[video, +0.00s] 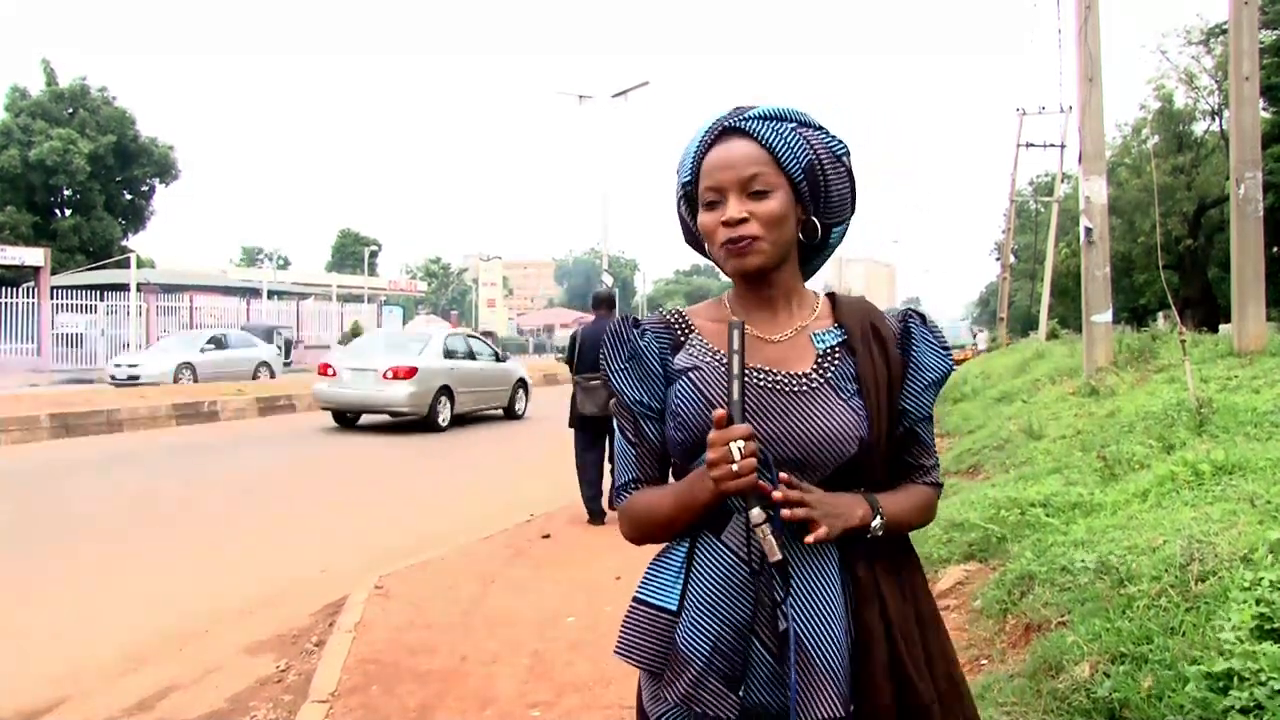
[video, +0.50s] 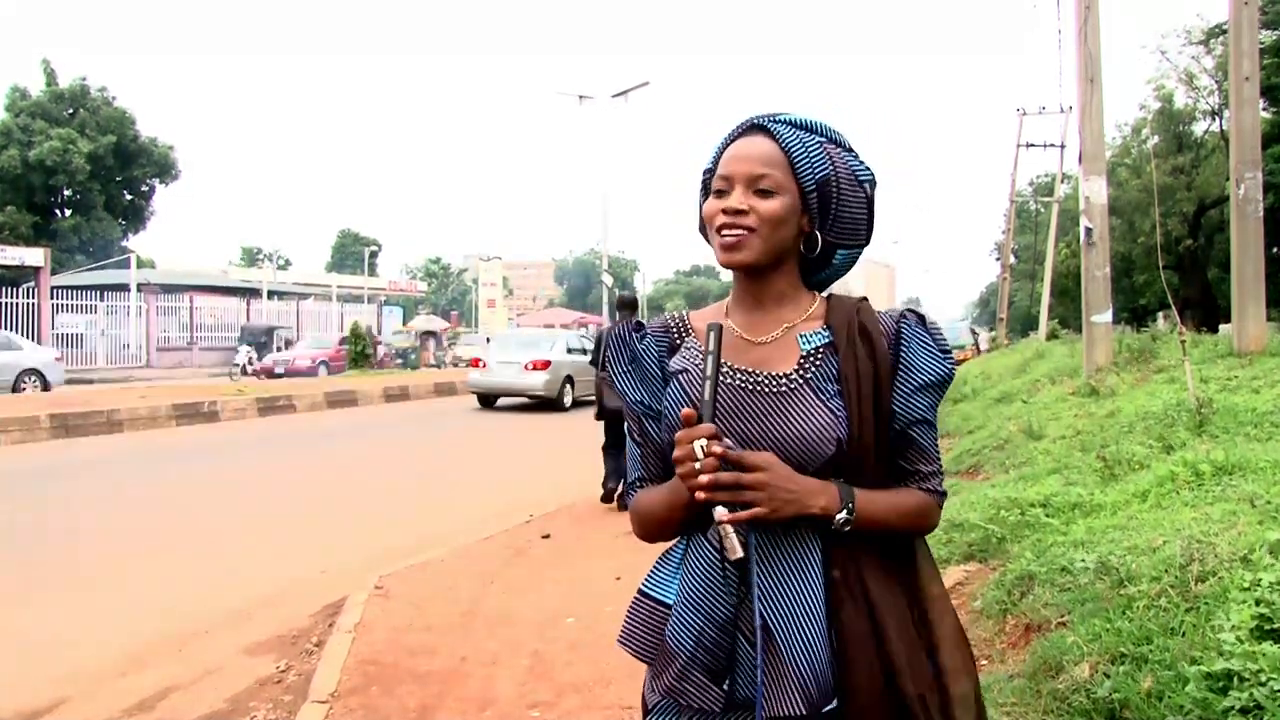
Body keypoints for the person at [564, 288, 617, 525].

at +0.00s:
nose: (604, 311)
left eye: (600, 307)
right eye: (610, 308)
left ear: (592, 308)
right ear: (614, 308)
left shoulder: (580, 334)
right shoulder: (623, 333)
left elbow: (571, 364)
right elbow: (629, 367)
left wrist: (584, 387)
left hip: (586, 403)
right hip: (618, 401)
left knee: (588, 456)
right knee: (620, 450)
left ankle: (595, 511)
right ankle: (619, 496)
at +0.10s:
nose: (604, 315)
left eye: (601, 311)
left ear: (597, 312)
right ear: (618, 311)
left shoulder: (586, 335)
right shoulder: (627, 336)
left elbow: (575, 364)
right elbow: (633, 367)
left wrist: (591, 379)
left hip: (590, 402)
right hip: (621, 400)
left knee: (589, 456)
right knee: (628, 452)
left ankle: (595, 511)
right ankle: (633, 506)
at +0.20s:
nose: (613, 318)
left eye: (609, 313)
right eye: (617, 313)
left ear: (602, 314)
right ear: (623, 313)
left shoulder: (590, 339)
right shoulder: (632, 338)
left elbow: (580, 368)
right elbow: (636, 371)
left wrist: (595, 382)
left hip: (595, 402)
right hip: (625, 402)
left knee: (593, 456)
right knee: (626, 453)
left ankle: (594, 511)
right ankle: (627, 503)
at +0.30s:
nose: (617, 317)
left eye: (614, 313)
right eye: (621, 313)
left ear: (608, 313)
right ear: (628, 313)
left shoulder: (595, 338)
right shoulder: (637, 338)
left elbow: (587, 365)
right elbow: (641, 369)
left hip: (600, 403)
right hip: (629, 402)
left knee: (602, 450)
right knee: (629, 450)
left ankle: (595, 496)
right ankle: (625, 494)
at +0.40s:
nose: (619, 317)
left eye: (617, 312)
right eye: (623, 312)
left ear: (612, 312)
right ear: (632, 313)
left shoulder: (600, 337)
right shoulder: (641, 339)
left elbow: (591, 365)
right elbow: (646, 370)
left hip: (606, 401)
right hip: (634, 400)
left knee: (608, 445)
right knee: (633, 446)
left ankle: (603, 476)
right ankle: (627, 493)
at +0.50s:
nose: (625, 314)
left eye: (622, 309)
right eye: (630, 310)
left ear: (617, 309)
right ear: (637, 310)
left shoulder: (605, 334)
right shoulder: (644, 336)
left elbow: (596, 363)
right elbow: (649, 368)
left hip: (611, 400)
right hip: (637, 399)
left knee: (612, 444)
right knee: (634, 444)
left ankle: (611, 480)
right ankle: (627, 493)